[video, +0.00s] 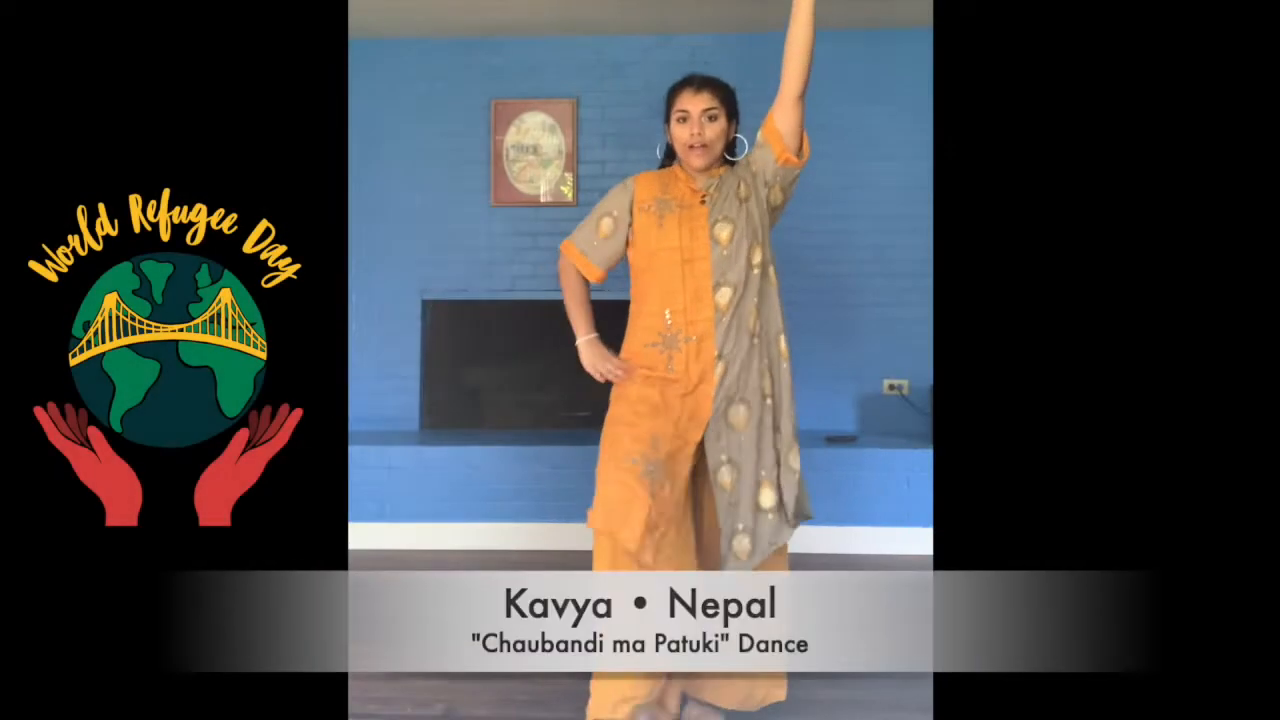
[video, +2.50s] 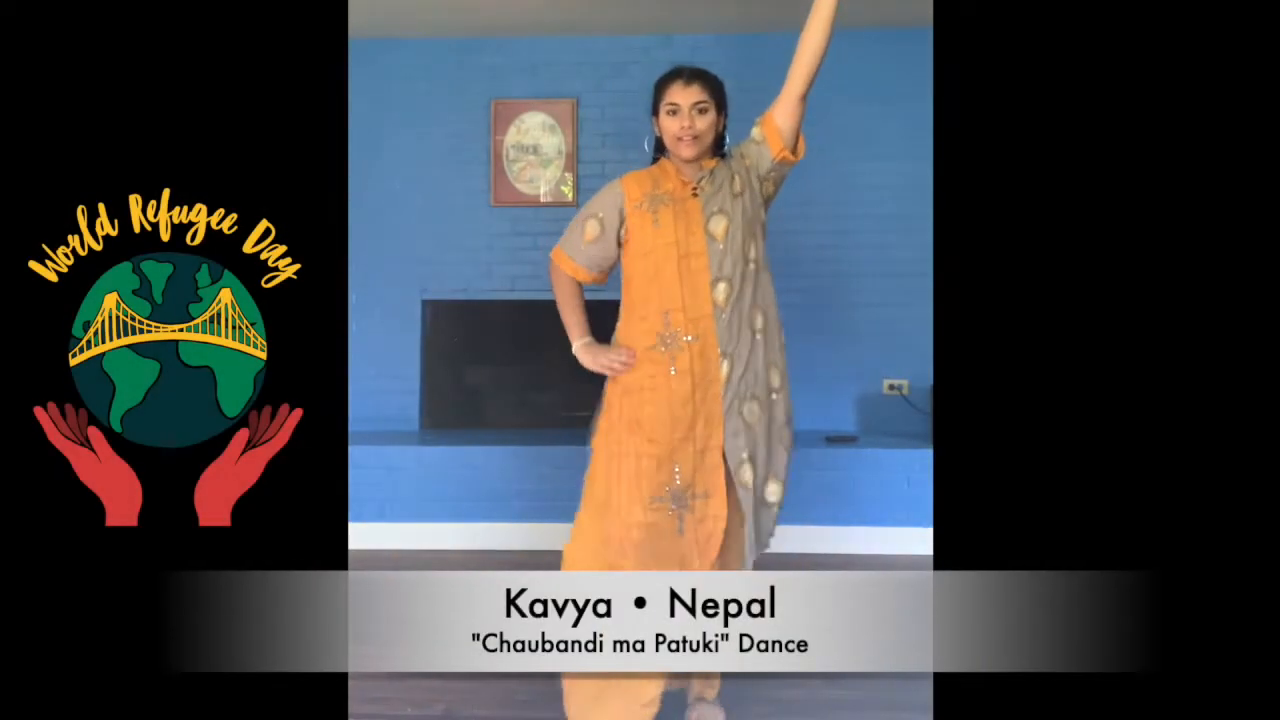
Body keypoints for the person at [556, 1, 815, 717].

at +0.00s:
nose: (697, 128)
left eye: (709, 116)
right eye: (684, 117)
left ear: (730, 129)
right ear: (668, 129)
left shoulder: (754, 187)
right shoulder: (639, 194)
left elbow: (792, 91)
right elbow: (574, 258)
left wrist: (803, 3)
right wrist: (588, 342)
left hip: (738, 391)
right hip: (652, 391)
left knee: (739, 541)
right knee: (633, 538)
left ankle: (715, 691)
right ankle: (636, 696)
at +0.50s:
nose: (697, 133)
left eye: (710, 120)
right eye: (684, 122)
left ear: (732, 132)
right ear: (669, 134)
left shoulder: (754, 190)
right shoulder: (640, 200)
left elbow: (784, 90)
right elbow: (574, 263)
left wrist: (789, 2)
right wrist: (588, 343)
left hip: (738, 401)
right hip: (651, 400)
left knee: (720, 558)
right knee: (642, 552)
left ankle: (695, 698)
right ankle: (640, 703)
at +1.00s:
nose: (695, 125)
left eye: (707, 113)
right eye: (682, 115)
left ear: (728, 126)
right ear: (666, 128)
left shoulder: (752, 186)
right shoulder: (638, 194)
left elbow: (789, 86)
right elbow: (566, 251)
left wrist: (799, 3)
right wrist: (582, 312)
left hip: (727, 384)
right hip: (644, 381)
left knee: (716, 542)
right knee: (631, 534)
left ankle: (711, 698)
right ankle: (630, 699)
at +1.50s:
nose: (692, 124)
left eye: (705, 113)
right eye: (679, 113)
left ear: (724, 122)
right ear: (662, 123)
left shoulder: (746, 183)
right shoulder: (631, 191)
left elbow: (796, 89)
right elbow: (557, 251)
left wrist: (824, 4)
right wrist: (572, 320)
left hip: (716, 379)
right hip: (635, 378)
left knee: (700, 538)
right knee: (637, 535)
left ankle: (689, 693)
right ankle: (636, 697)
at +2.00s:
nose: (687, 121)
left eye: (701, 109)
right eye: (674, 110)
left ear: (721, 120)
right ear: (658, 121)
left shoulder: (745, 182)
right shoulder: (629, 193)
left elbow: (795, 92)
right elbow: (562, 259)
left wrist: (824, 4)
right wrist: (581, 337)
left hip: (727, 390)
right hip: (644, 389)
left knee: (715, 545)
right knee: (633, 545)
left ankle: (705, 694)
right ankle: (609, 701)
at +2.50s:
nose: (686, 121)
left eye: (700, 109)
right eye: (673, 110)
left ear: (720, 120)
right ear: (656, 121)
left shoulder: (745, 180)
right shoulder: (631, 193)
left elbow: (796, 88)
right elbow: (565, 262)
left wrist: (827, 2)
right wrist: (583, 344)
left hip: (728, 387)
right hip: (646, 388)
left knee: (717, 541)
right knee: (628, 540)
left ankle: (705, 691)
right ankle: (619, 700)